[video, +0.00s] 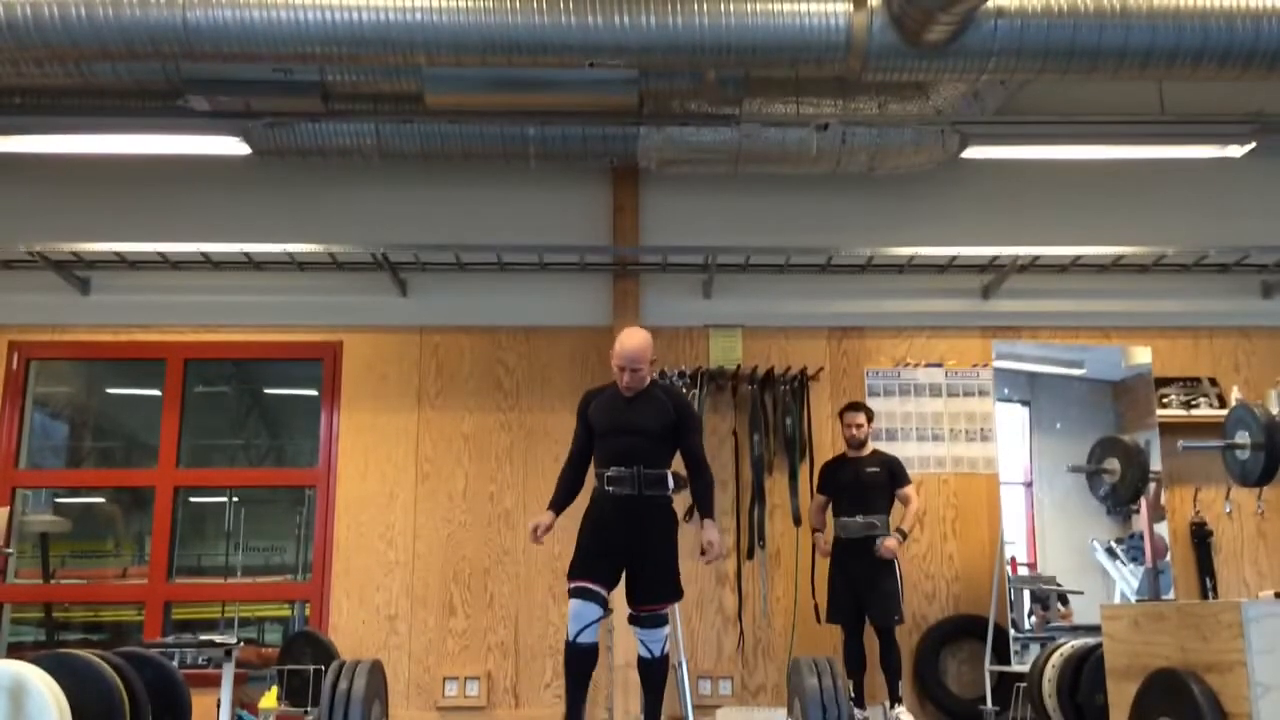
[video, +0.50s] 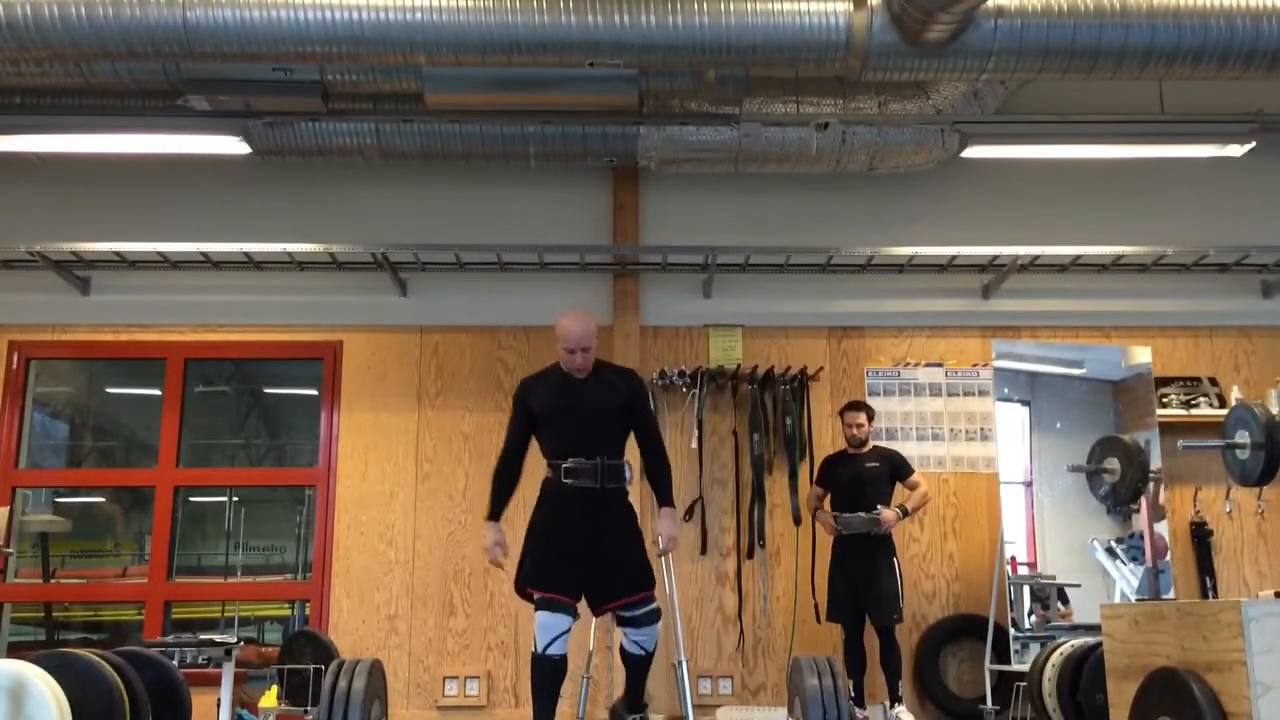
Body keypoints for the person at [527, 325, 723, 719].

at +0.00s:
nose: (625, 378)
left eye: (635, 370)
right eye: (620, 368)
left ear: (652, 364)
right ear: (611, 360)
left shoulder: (674, 404)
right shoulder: (594, 402)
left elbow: (697, 465)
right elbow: (577, 462)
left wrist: (709, 522)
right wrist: (552, 510)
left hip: (654, 524)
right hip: (603, 520)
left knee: (651, 628)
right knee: (581, 616)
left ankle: (652, 714)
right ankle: (573, 713)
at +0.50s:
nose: (580, 359)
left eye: (587, 350)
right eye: (571, 351)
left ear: (596, 343)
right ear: (556, 346)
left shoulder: (625, 384)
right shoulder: (534, 391)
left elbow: (652, 447)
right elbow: (512, 457)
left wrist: (667, 508)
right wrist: (493, 518)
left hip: (614, 515)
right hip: (559, 515)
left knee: (643, 620)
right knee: (552, 625)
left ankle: (632, 706)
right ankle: (543, 716)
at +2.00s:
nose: (583, 401)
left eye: (593, 393)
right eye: (576, 391)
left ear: (611, 376)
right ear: (562, 365)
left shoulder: (640, 404)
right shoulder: (532, 398)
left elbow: (677, 473)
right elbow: (501, 466)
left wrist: (683, 545)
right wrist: (484, 540)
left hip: (617, 518)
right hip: (553, 515)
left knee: (640, 629)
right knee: (530, 624)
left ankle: (648, 716)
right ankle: (521, 716)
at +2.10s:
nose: (582, 450)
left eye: (592, 442)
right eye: (575, 440)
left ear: (610, 428)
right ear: (563, 418)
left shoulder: (635, 442)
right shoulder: (530, 437)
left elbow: (677, 517)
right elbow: (498, 515)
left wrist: (682, 594)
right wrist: (489, 598)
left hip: (614, 529)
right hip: (550, 528)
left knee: (643, 626)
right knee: (529, 625)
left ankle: (652, 715)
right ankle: (523, 715)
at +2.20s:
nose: (581, 506)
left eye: (592, 498)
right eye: (574, 495)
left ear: (614, 476)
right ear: (560, 470)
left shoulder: (638, 483)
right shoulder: (528, 484)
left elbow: (673, 566)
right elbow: (500, 574)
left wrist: (677, 644)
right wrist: (493, 655)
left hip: (615, 545)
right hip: (548, 546)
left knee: (641, 632)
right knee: (531, 627)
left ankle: (656, 715)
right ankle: (524, 715)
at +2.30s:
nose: (579, 554)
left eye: (589, 546)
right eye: (571, 543)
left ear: (611, 522)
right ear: (557, 515)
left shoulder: (638, 520)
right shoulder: (527, 519)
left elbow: (672, 607)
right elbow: (505, 611)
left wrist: (675, 686)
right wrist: (497, 694)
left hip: (615, 545)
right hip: (549, 546)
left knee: (640, 631)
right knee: (531, 630)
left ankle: (655, 713)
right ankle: (523, 714)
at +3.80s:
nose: (585, 526)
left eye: (596, 514)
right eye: (575, 513)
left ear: (613, 502)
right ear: (558, 499)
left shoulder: (636, 538)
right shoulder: (530, 539)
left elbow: (688, 624)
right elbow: (480, 626)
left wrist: (684, 705)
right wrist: (488, 706)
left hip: (618, 616)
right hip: (554, 615)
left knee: (657, 644)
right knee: (518, 638)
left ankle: (650, 716)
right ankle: (529, 716)